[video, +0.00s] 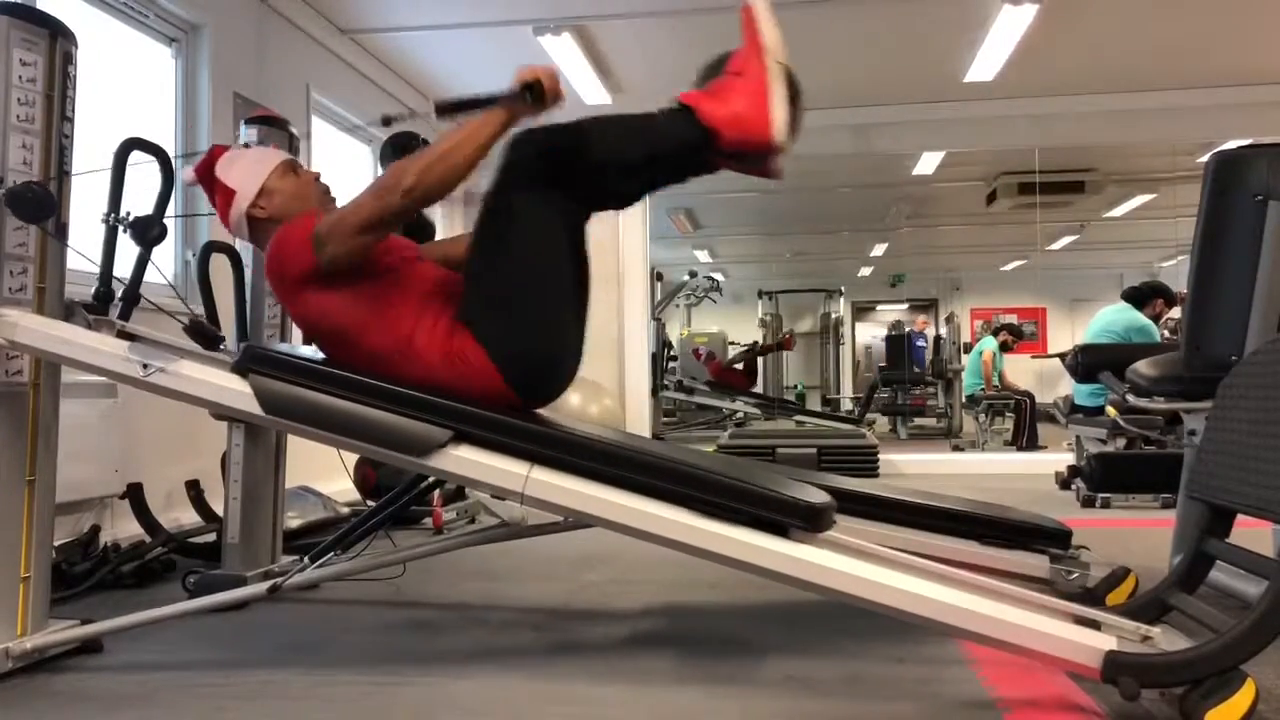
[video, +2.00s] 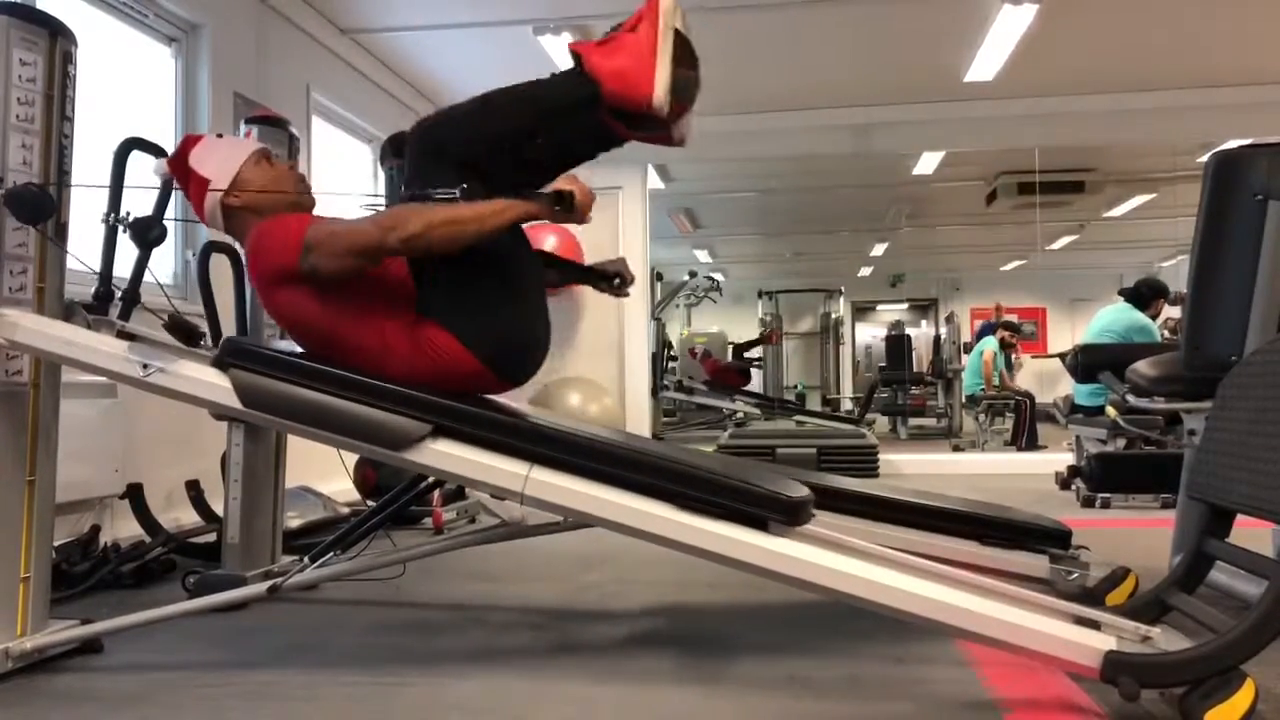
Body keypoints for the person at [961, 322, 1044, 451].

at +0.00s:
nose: (1014, 347)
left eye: (1016, 344)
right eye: (1013, 342)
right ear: (1003, 334)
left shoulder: (998, 352)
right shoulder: (990, 341)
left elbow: (1004, 381)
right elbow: (986, 361)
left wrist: (1018, 389)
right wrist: (989, 390)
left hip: (985, 392)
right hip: (976, 393)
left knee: (1026, 398)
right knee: (1026, 399)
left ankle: (1020, 442)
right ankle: (1025, 444)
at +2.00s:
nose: (1014, 341)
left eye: (1016, 338)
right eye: (1011, 336)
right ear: (1001, 332)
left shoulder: (999, 352)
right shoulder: (991, 341)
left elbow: (1005, 383)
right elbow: (986, 360)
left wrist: (1020, 390)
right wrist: (989, 390)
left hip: (985, 391)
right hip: (976, 392)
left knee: (1027, 398)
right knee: (1025, 400)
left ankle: (1028, 443)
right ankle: (1022, 444)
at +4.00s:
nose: (1015, 343)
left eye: (1017, 339)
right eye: (1016, 338)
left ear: (1008, 337)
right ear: (1009, 336)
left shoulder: (997, 350)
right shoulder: (991, 342)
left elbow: (1004, 382)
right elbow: (987, 361)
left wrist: (1020, 390)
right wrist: (989, 390)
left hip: (984, 392)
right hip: (976, 393)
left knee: (1027, 399)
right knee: (1026, 400)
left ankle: (1020, 441)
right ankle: (1025, 443)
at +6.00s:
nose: (1019, 343)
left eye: (1020, 339)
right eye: (1019, 339)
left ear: (1010, 338)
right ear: (1012, 337)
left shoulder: (999, 350)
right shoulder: (994, 342)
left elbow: (1004, 382)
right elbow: (989, 361)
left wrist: (1020, 390)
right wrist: (990, 390)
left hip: (983, 393)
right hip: (977, 394)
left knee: (1026, 400)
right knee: (1027, 400)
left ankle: (1018, 443)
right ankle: (1026, 445)